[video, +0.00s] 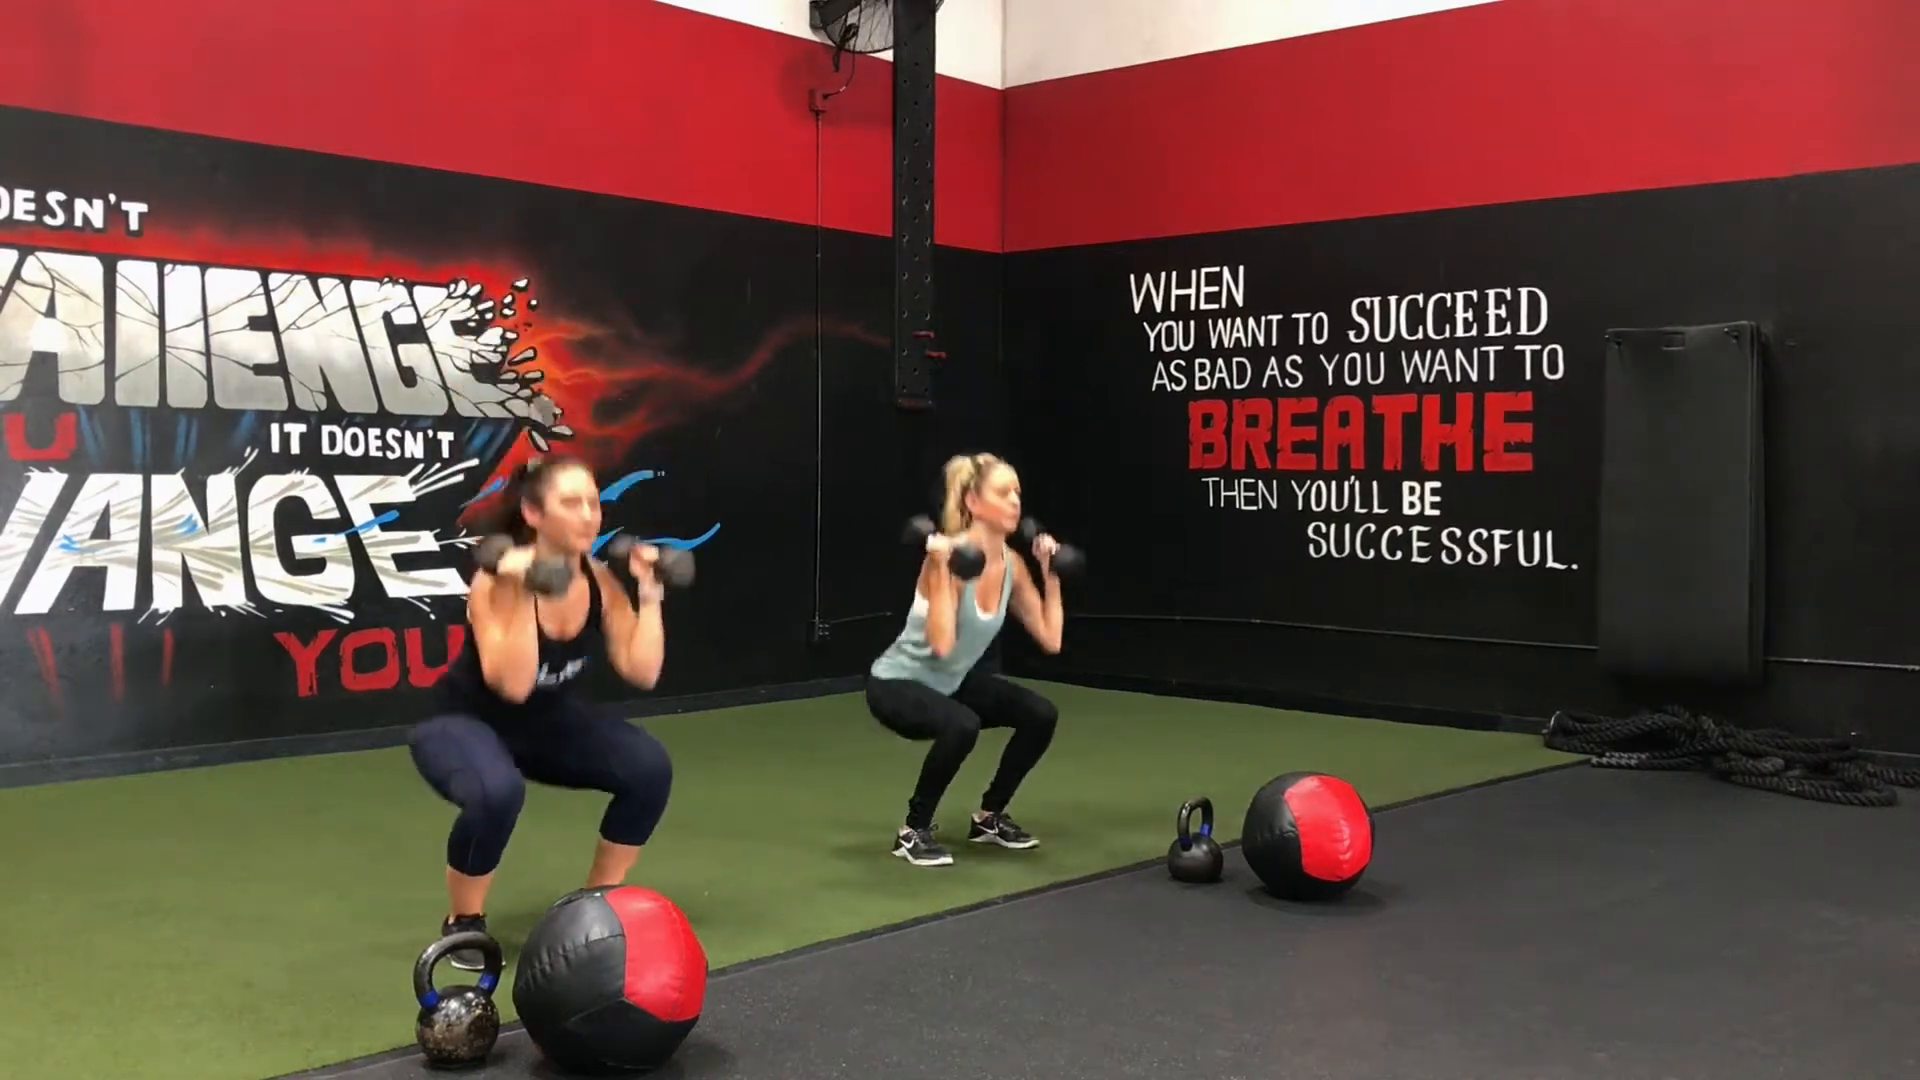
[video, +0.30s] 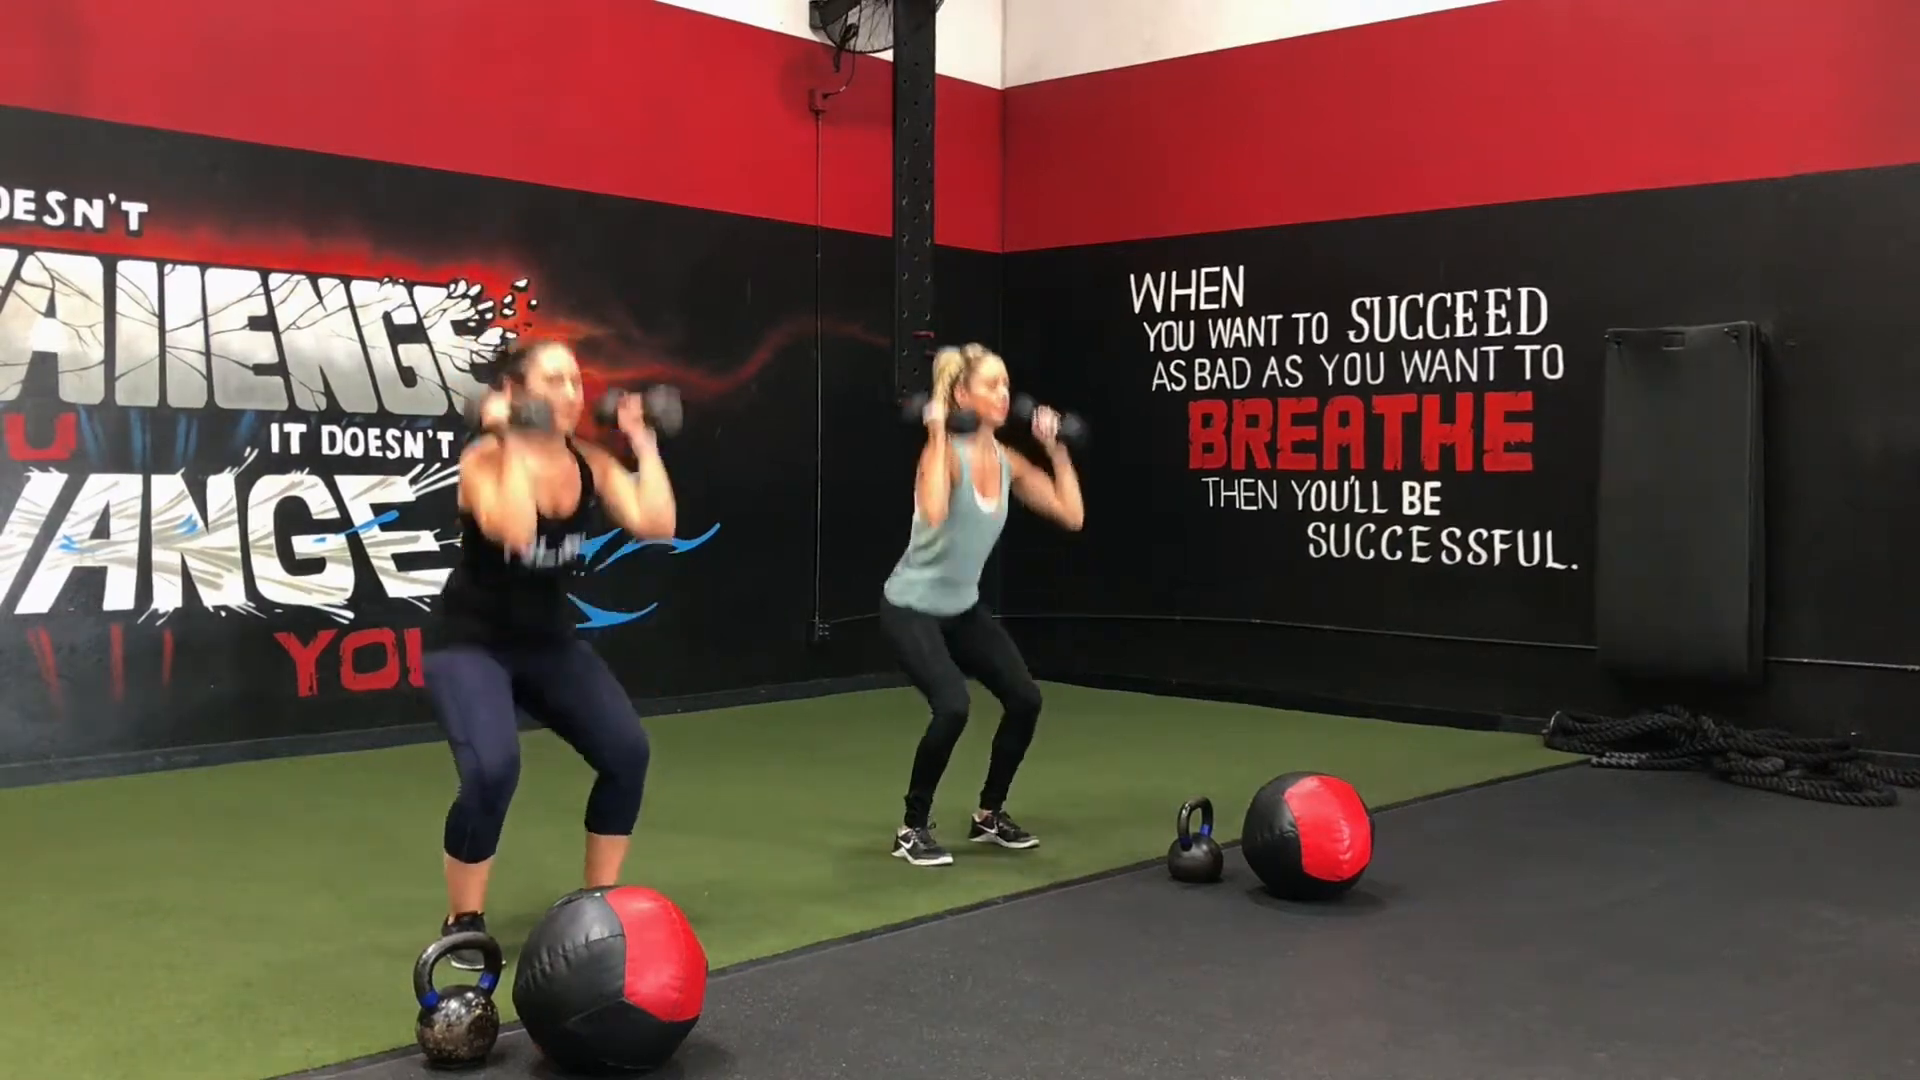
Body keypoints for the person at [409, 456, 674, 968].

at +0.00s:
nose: (590, 516)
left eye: (595, 503)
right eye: (573, 503)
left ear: (601, 510)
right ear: (533, 515)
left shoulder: (599, 576)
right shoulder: (496, 581)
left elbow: (643, 672)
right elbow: (513, 683)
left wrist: (649, 592)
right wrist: (517, 587)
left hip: (544, 719)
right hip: (462, 722)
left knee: (648, 767)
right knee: (497, 792)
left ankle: (597, 908)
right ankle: (465, 927)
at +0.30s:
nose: (569, 391)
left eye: (574, 380)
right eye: (553, 381)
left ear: (580, 391)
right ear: (516, 391)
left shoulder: (591, 461)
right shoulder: (485, 460)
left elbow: (657, 523)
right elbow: (515, 532)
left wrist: (642, 443)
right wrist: (515, 443)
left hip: (547, 639)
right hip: (468, 641)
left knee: (627, 752)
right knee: (491, 768)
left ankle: (596, 908)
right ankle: (465, 928)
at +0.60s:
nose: (555, 327)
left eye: (559, 316)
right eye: (539, 315)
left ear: (566, 323)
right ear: (502, 322)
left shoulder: (580, 388)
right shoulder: (478, 391)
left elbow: (635, 314)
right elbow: (489, 312)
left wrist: (626, 225)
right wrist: (494, 203)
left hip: (580, 606)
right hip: (500, 606)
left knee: (583, 751)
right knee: (489, 756)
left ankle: (596, 903)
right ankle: (465, 918)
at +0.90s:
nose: (588, 494)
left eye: (592, 481)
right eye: (571, 482)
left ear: (597, 486)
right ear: (530, 494)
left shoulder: (599, 558)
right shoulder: (492, 558)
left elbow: (639, 653)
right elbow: (507, 658)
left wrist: (650, 575)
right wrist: (512, 564)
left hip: (535, 697)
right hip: (455, 700)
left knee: (641, 759)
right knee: (491, 782)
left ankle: (597, 907)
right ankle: (464, 926)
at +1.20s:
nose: (578, 453)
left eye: (583, 441)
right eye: (562, 442)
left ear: (592, 449)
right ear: (524, 452)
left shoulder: (595, 521)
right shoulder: (493, 517)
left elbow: (658, 600)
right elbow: (516, 608)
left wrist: (653, 518)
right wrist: (512, 510)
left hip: (537, 679)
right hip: (458, 679)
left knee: (638, 765)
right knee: (491, 781)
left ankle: (594, 910)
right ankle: (464, 928)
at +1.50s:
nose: (557, 325)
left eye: (564, 314)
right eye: (541, 313)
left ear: (572, 324)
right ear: (506, 319)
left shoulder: (586, 386)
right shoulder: (483, 385)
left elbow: (619, 293)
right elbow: (495, 284)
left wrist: (621, 202)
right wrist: (494, 177)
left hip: (583, 605)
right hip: (503, 606)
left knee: (584, 756)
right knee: (488, 759)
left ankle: (598, 909)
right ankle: (466, 920)